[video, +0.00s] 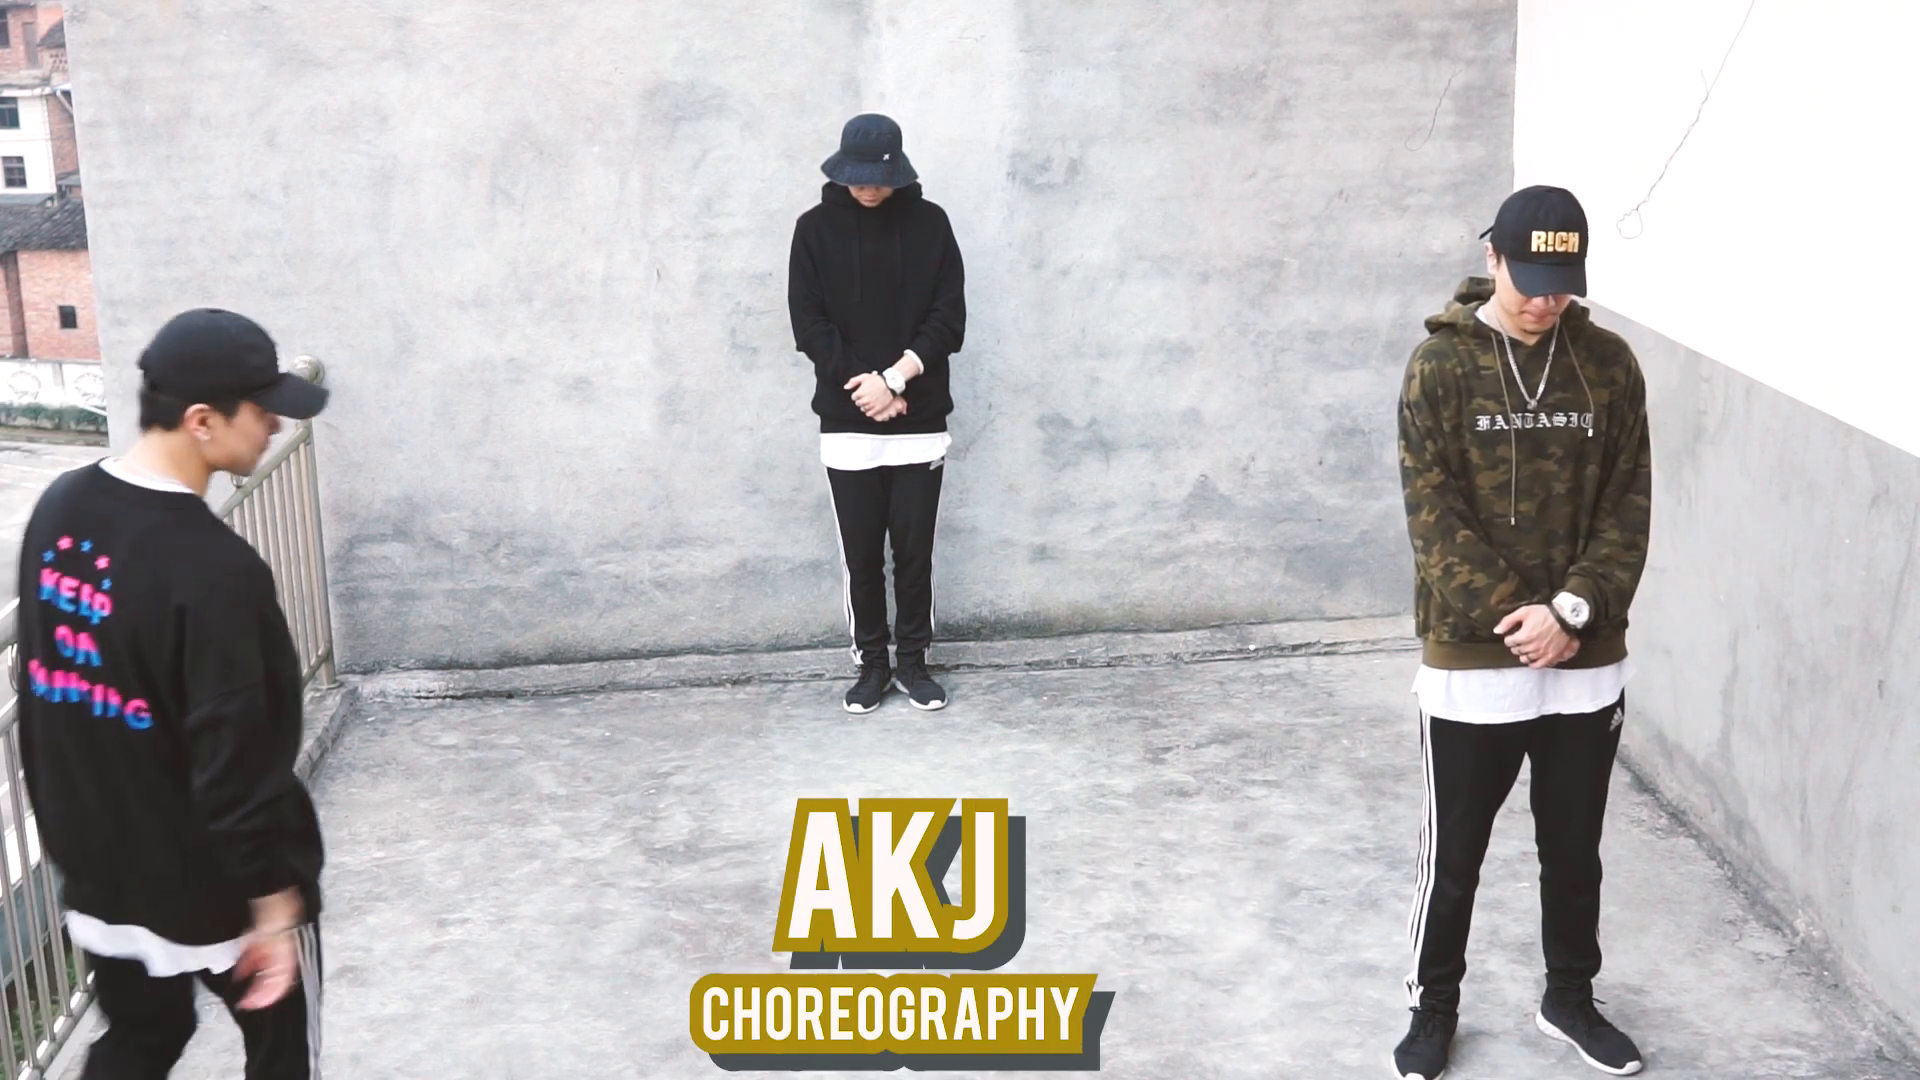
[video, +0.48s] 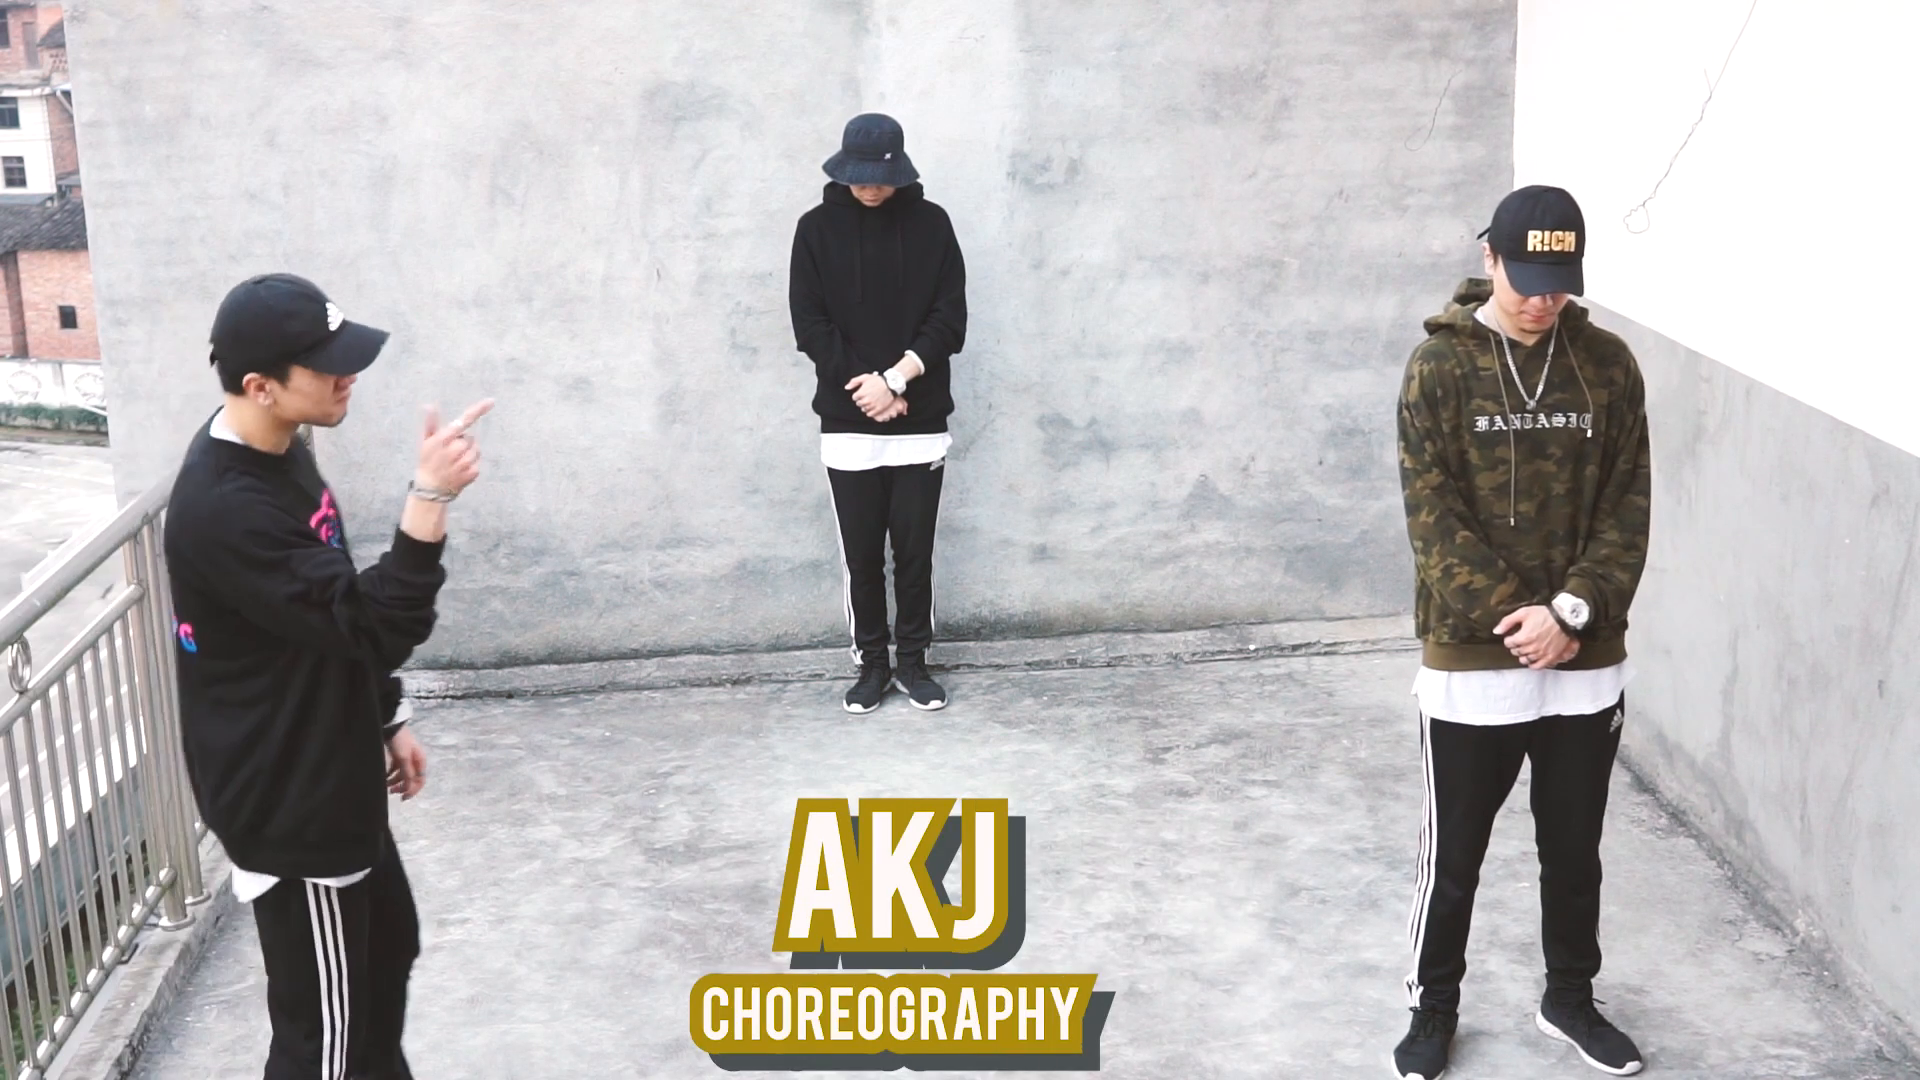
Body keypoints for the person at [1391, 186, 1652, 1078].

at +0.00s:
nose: (1549, 300)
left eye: (1564, 284)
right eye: (1533, 281)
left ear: (1584, 271)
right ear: (1494, 258)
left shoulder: (1611, 363)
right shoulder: (1442, 360)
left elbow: (1629, 507)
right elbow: (1432, 513)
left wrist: (1576, 611)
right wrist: (1521, 619)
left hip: (1585, 660)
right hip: (1471, 661)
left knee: (1575, 848)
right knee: (1453, 852)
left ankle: (1571, 998)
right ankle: (1433, 1007)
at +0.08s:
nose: (1548, 300)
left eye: (1564, 284)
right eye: (1532, 281)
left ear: (1584, 271)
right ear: (1494, 258)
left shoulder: (1611, 363)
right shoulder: (1442, 360)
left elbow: (1628, 507)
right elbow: (1432, 513)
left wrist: (1577, 611)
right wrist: (1521, 619)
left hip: (1585, 660)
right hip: (1471, 662)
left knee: (1575, 848)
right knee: (1453, 853)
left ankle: (1571, 998)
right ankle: (1433, 1007)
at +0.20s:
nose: (1547, 300)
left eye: (1563, 284)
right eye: (1532, 281)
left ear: (1583, 271)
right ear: (1493, 258)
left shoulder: (1610, 363)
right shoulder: (1442, 361)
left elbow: (1629, 508)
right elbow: (1432, 514)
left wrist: (1577, 612)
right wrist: (1520, 619)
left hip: (1585, 660)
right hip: (1471, 663)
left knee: (1575, 849)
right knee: (1453, 853)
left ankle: (1571, 998)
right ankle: (1433, 1007)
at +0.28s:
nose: (1546, 300)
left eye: (1562, 284)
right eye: (1531, 281)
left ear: (1583, 271)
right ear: (1493, 258)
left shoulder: (1610, 363)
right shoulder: (1442, 362)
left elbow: (1629, 508)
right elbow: (1432, 513)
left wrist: (1577, 612)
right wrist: (1520, 619)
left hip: (1585, 660)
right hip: (1471, 662)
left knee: (1575, 849)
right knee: (1453, 853)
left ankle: (1571, 998)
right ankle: (1433, 1007)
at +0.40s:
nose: (1546, 300)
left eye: (1561, 284)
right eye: (1530, 281)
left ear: (1582, 271)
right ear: (1492, 259)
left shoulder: (1609, 363)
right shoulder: (1441, 363)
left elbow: (1629, 508)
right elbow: (1433, 514)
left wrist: (1576, 612)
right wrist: (1520, 620)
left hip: (1585, 660)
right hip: (1471, 662)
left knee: (1575, 850)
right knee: (1453, 854)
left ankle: (1571, 998)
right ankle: (1433, 1007)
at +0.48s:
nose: (1545, 300)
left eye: (1560, 284)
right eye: (1529, 281)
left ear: (1581, 272)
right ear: (1491, 259)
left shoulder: (1609, 364)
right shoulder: (1441, 363)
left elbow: (1628, 508)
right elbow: (1432, 514)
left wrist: (1576, 612)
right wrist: (1519, 620)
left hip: (1584, 661)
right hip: (1471, 662)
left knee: (1575, 851)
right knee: (1453, 854)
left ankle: (1571, 998)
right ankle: (1433, 1007)